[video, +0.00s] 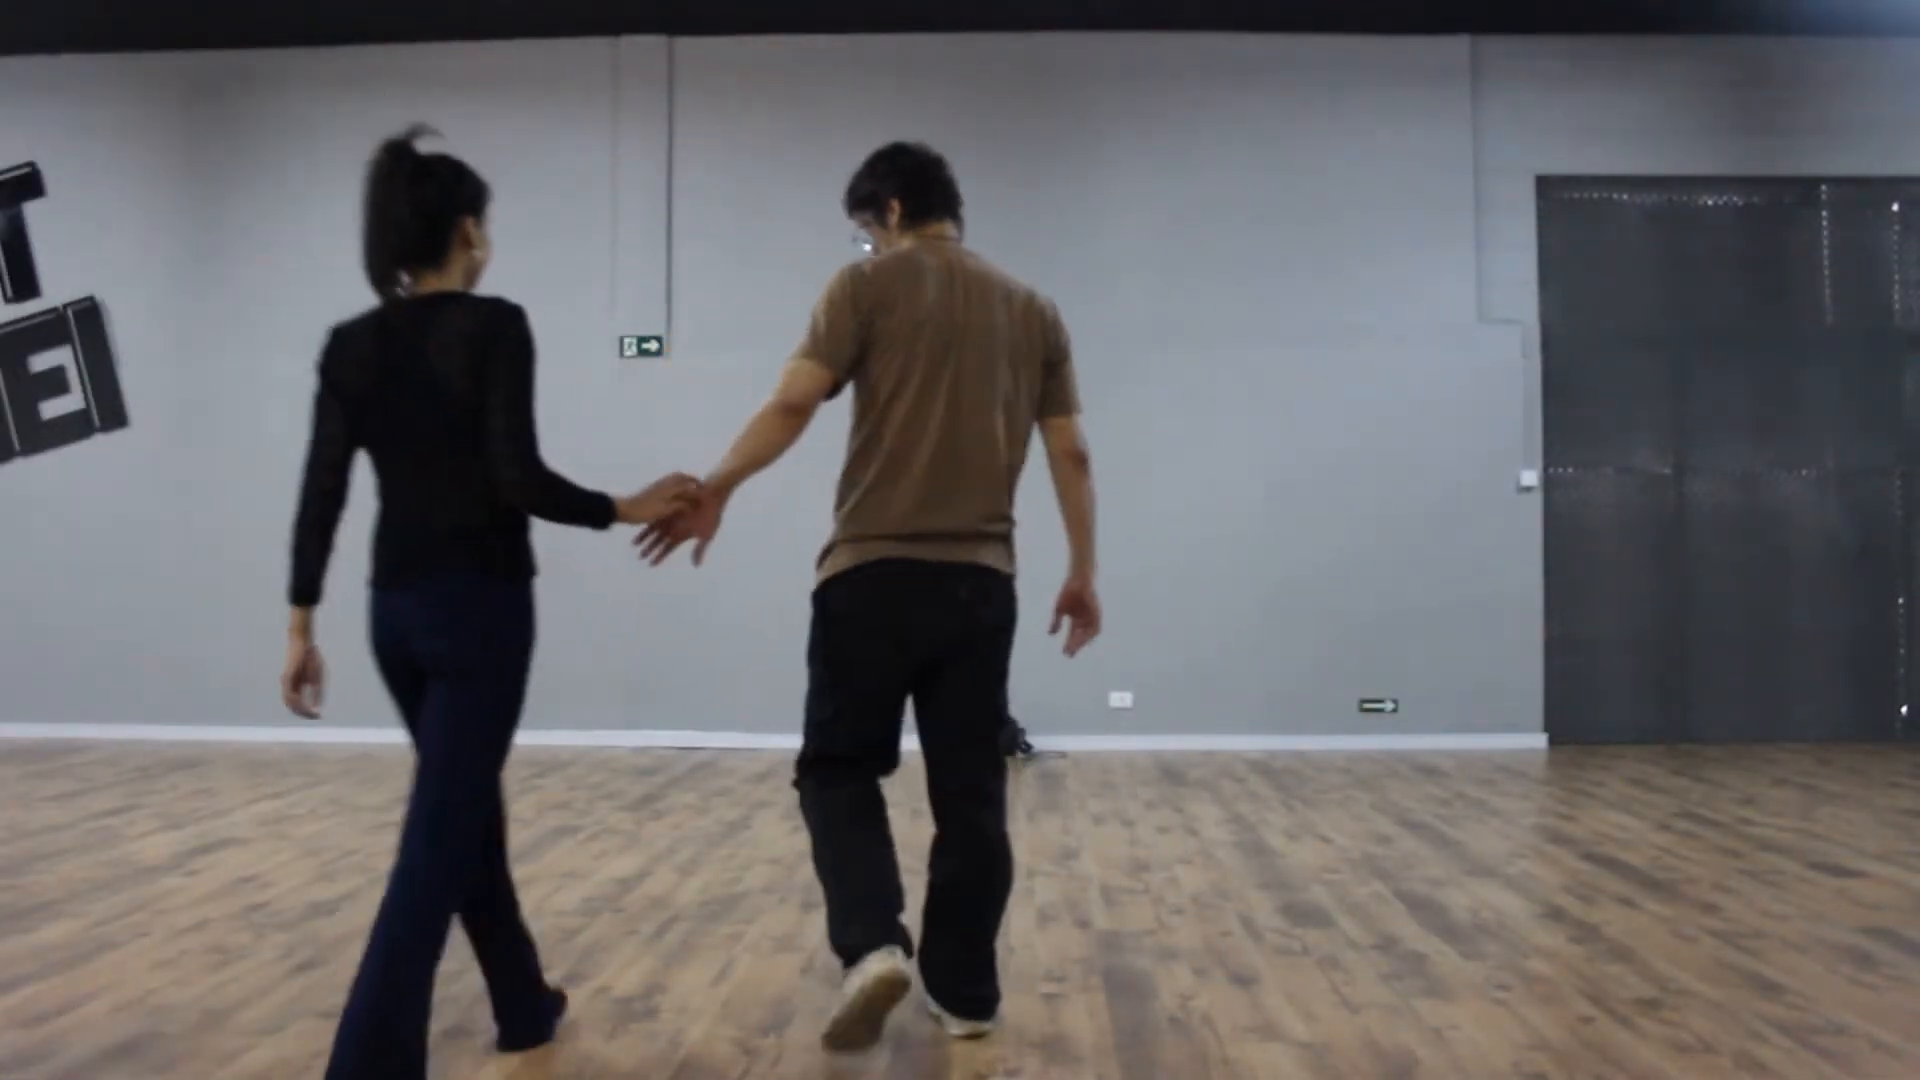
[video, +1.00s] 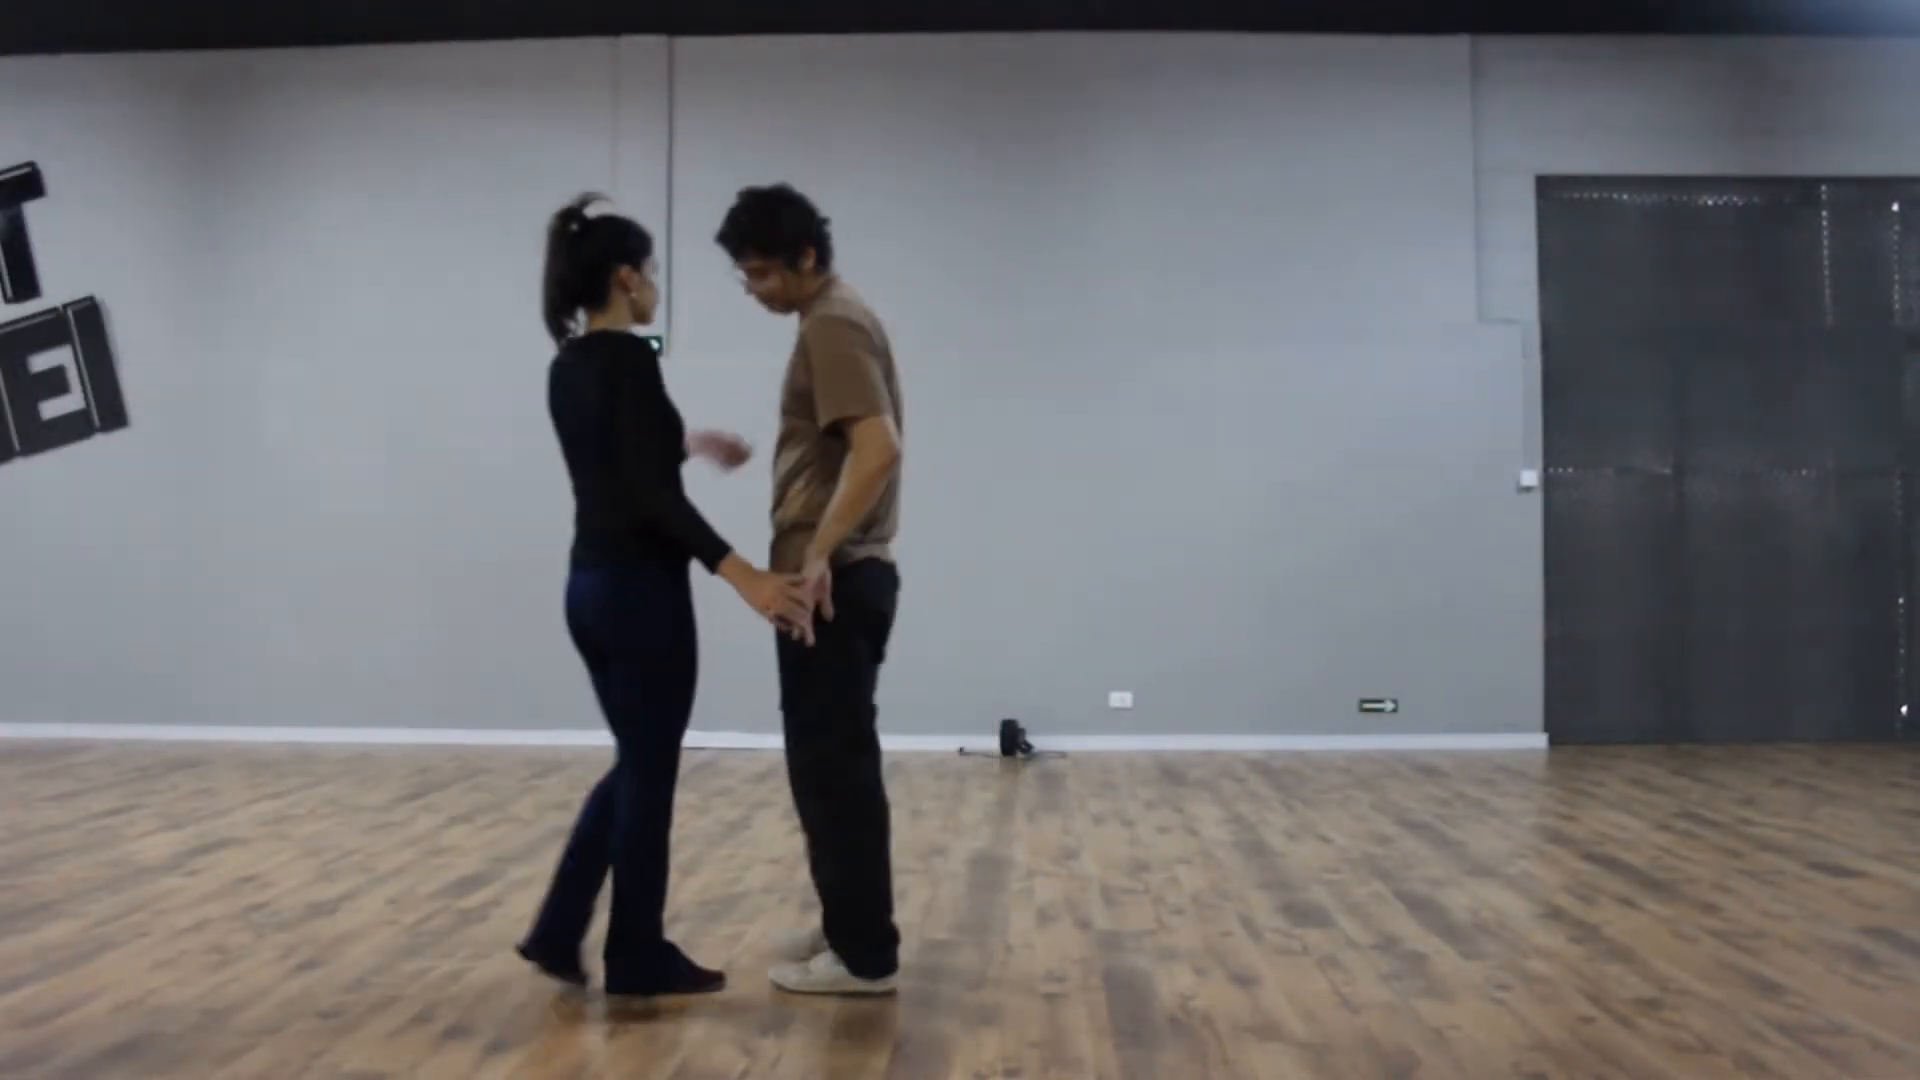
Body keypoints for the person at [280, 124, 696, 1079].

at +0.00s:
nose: (488, 241)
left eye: (485, 225)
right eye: (483, 226)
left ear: (391, 240)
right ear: (465, 233)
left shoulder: (352, 345)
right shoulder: (495, 325)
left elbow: (323, 488)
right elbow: (516, 477)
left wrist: (300, 621)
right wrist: (621, 511)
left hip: (396, 612)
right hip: (485, 609)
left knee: (472, 813)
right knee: (433, 841)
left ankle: (522, 1009)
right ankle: (369, 1062)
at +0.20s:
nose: (525, 249)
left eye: (519, 234)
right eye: (519, 235)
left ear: (438, 250)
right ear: (501, 245)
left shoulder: (403, 349)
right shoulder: (529, 330)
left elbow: (387, 490)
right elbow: (545, 472)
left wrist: (383, 616)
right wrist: (651, 498)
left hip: (441, 606)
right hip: (521, 606)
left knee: (497, 807)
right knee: (530, 814)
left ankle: (529, 1013)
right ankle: (426, 1013)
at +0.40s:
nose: (564, 259)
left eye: (561, 244)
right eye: (558, 244)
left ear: (482, 257)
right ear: (534, 251)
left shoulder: (448, 351)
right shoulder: (554, 333)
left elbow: (487, 478)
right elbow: (564, 471)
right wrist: (680, 502)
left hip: (480, 602)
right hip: (559, 601)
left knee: (506, 794)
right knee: (603, 787)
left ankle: (523, 1009)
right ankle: (575, 989)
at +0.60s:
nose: (598, 274)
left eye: (595, 260)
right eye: (593, 260)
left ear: (523, 273)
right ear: (567, 268)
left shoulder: (489, 363)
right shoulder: (584, 346)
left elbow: (526, 479)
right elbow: (594, 481)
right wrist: (704, 525)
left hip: (513, 600)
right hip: (588, 600)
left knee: (528, 796)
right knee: (614, 788)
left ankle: (526, 1006)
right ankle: (638, 954)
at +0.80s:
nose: (633, 281)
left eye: (627, 267)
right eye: (625, 268)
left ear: (561, 283)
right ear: (599, 277)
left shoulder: (533, 369)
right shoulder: (613, 357)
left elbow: (575, 490)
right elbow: (629, 492)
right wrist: (724, 556)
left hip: (561, 597)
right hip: (627, 599)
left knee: (575, 781)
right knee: (639, 786)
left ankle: (525, 969)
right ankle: (639, 957)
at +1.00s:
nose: (656, 283)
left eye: (651, 270)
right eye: (648, 270)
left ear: (591, 285)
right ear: (624, 279)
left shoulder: (570, 364)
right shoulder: (629, 359)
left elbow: (613, 450)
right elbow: (656, 492)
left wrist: (691, 443)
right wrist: (743, 574)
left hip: (596, 585)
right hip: (643, 589)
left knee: (639, 760)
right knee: (650, 766)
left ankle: (556, 931)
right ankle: (637, 954)